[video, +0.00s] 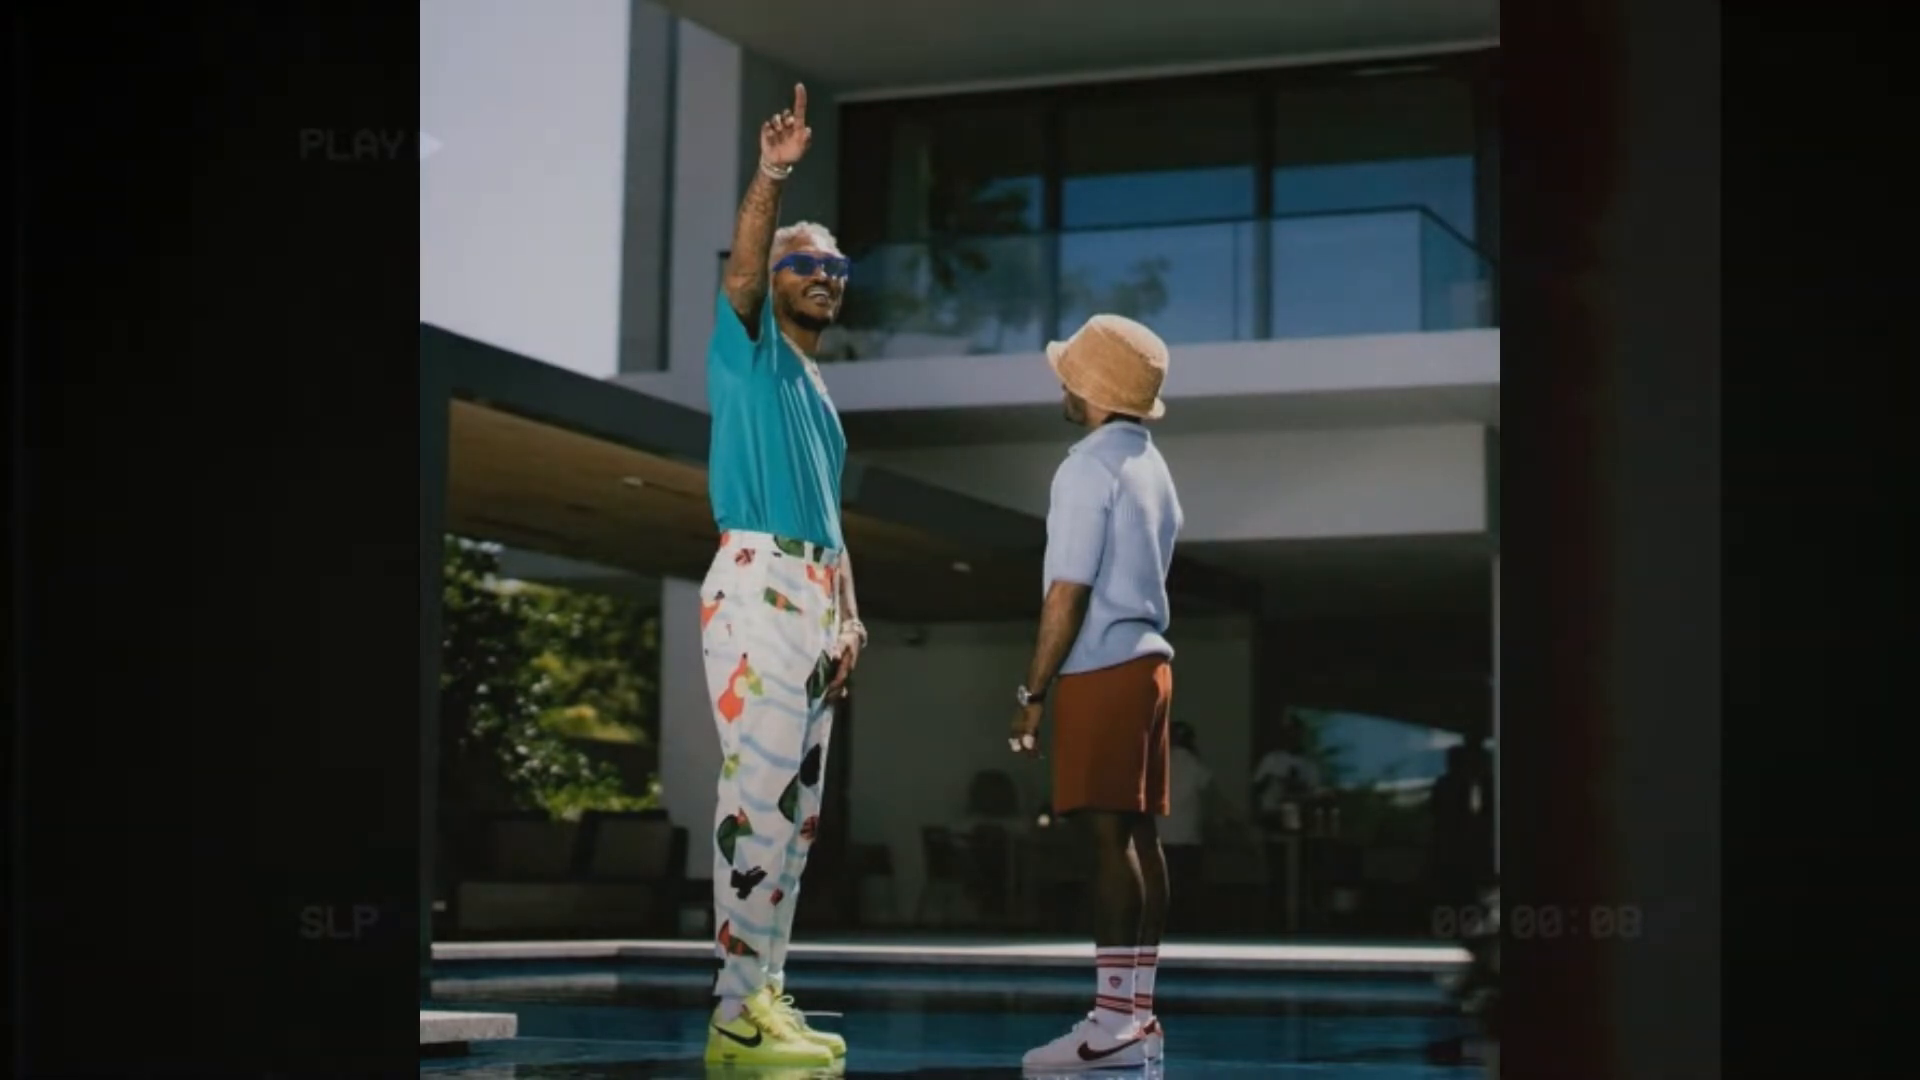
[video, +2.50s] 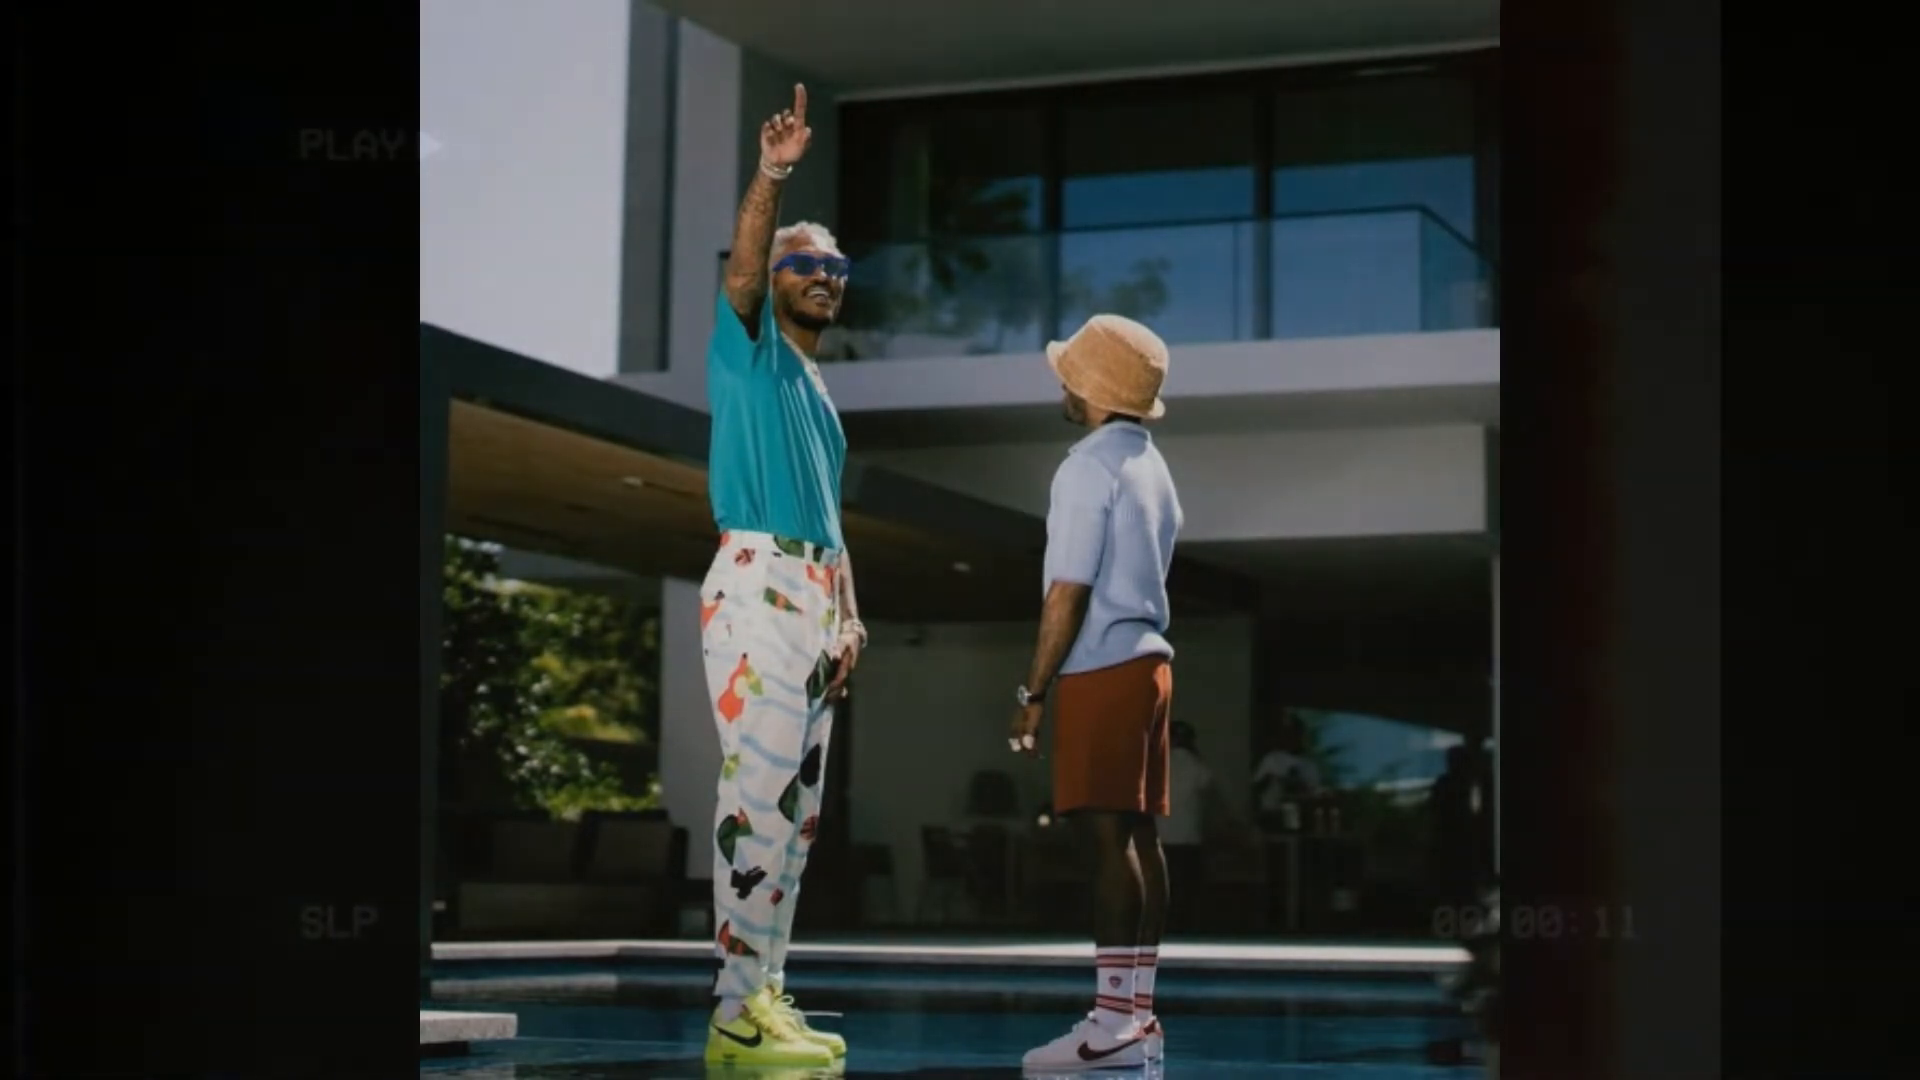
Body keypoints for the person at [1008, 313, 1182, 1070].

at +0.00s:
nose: (1064, 387)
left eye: (1072, 377)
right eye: (1069, 376)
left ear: (1092, 390)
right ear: (1130, 394)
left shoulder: (1087, 468)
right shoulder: (1147, 463)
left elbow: (1067, 594)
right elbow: (1148, 578)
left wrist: (1032, 691)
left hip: (1104, 669)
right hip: (1147, 665)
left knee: (1108, 839)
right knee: (1139, 838)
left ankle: (1116, 1015)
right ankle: (1135, 1012)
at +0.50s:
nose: (1064, 387)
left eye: (1072, 377)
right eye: (1068, 376)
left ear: (1092, 390)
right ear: (1130, 394)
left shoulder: (1088, 468)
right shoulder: (1148, 463)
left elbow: (1067, 594)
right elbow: (1149, 576)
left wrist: (1032, 691)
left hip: (1104, 669)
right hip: (1146, 665)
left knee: (1108, 838)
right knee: (1139, 838)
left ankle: (1116, 1015)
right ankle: (1135, 1012)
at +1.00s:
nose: (1064, 388)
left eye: (1072, 378)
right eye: (1068, 376)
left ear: (1092, 391)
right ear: (1130, 394)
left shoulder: (1088, 468)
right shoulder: (1148, 463)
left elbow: (1067, 594)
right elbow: (1149, 577)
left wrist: (1032, 691)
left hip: (1104, 670)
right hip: (1146, 666)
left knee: (1109, 839)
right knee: (1139, 838)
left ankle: (1116, 1015)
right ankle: (1135, 1012)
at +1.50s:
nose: (1063, 388)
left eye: (1072, 378)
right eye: (1068, 376)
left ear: (1092, 391)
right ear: (1130, 394)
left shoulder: (1087, 468)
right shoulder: (1148, 463)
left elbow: (1067, 594)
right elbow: (1148, 578)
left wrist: (1032, 691)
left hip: (1104, 669)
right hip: (1147, 665)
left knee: (1108, 838)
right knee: (1139, 838)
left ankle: (1116, 1015)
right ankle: (1135, 1012)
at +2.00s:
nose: (1064, 388)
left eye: (1072, 378)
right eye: (1068, 376)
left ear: (1093, 391)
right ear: (1130, 395)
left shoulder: (1087, 468)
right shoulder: (1148, 463)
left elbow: (1067, 594)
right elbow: (1149, 576)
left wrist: (1031, 692)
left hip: (1104, 669)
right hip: (1146, 666)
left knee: (1108, 839)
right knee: (1140, 839)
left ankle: (1116, 1015)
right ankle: (1135, 1012)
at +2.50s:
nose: (1064, 388)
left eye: (1072, 378)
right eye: (1068, 376)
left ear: (1093, 390)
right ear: (1130, 394)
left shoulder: (1088, 468)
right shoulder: (1147, 463)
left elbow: (1068, 594)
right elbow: (1147, 579)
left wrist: (1032, 691)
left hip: (1104, 669)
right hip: (1146, 665)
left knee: (1109, 838)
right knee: (1140, 838)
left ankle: (1116, 1015)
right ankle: (1135, 1012)